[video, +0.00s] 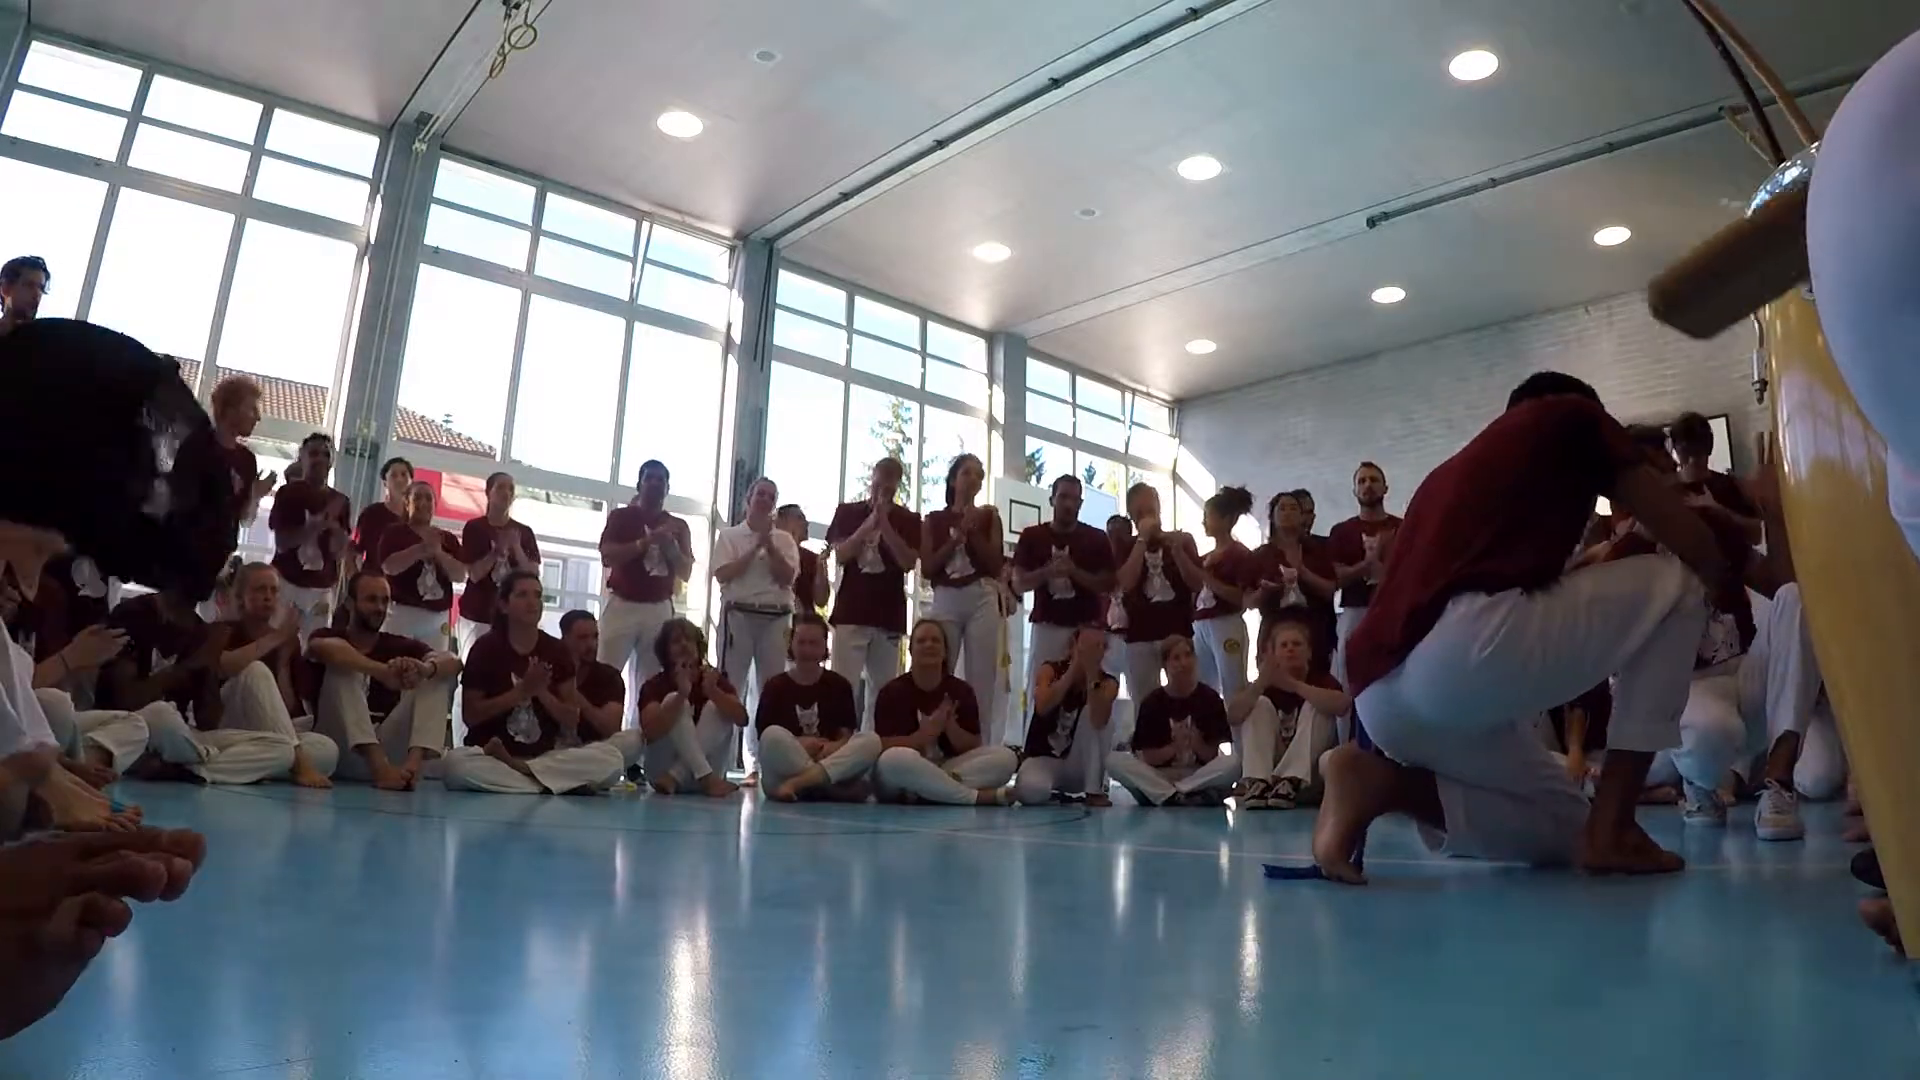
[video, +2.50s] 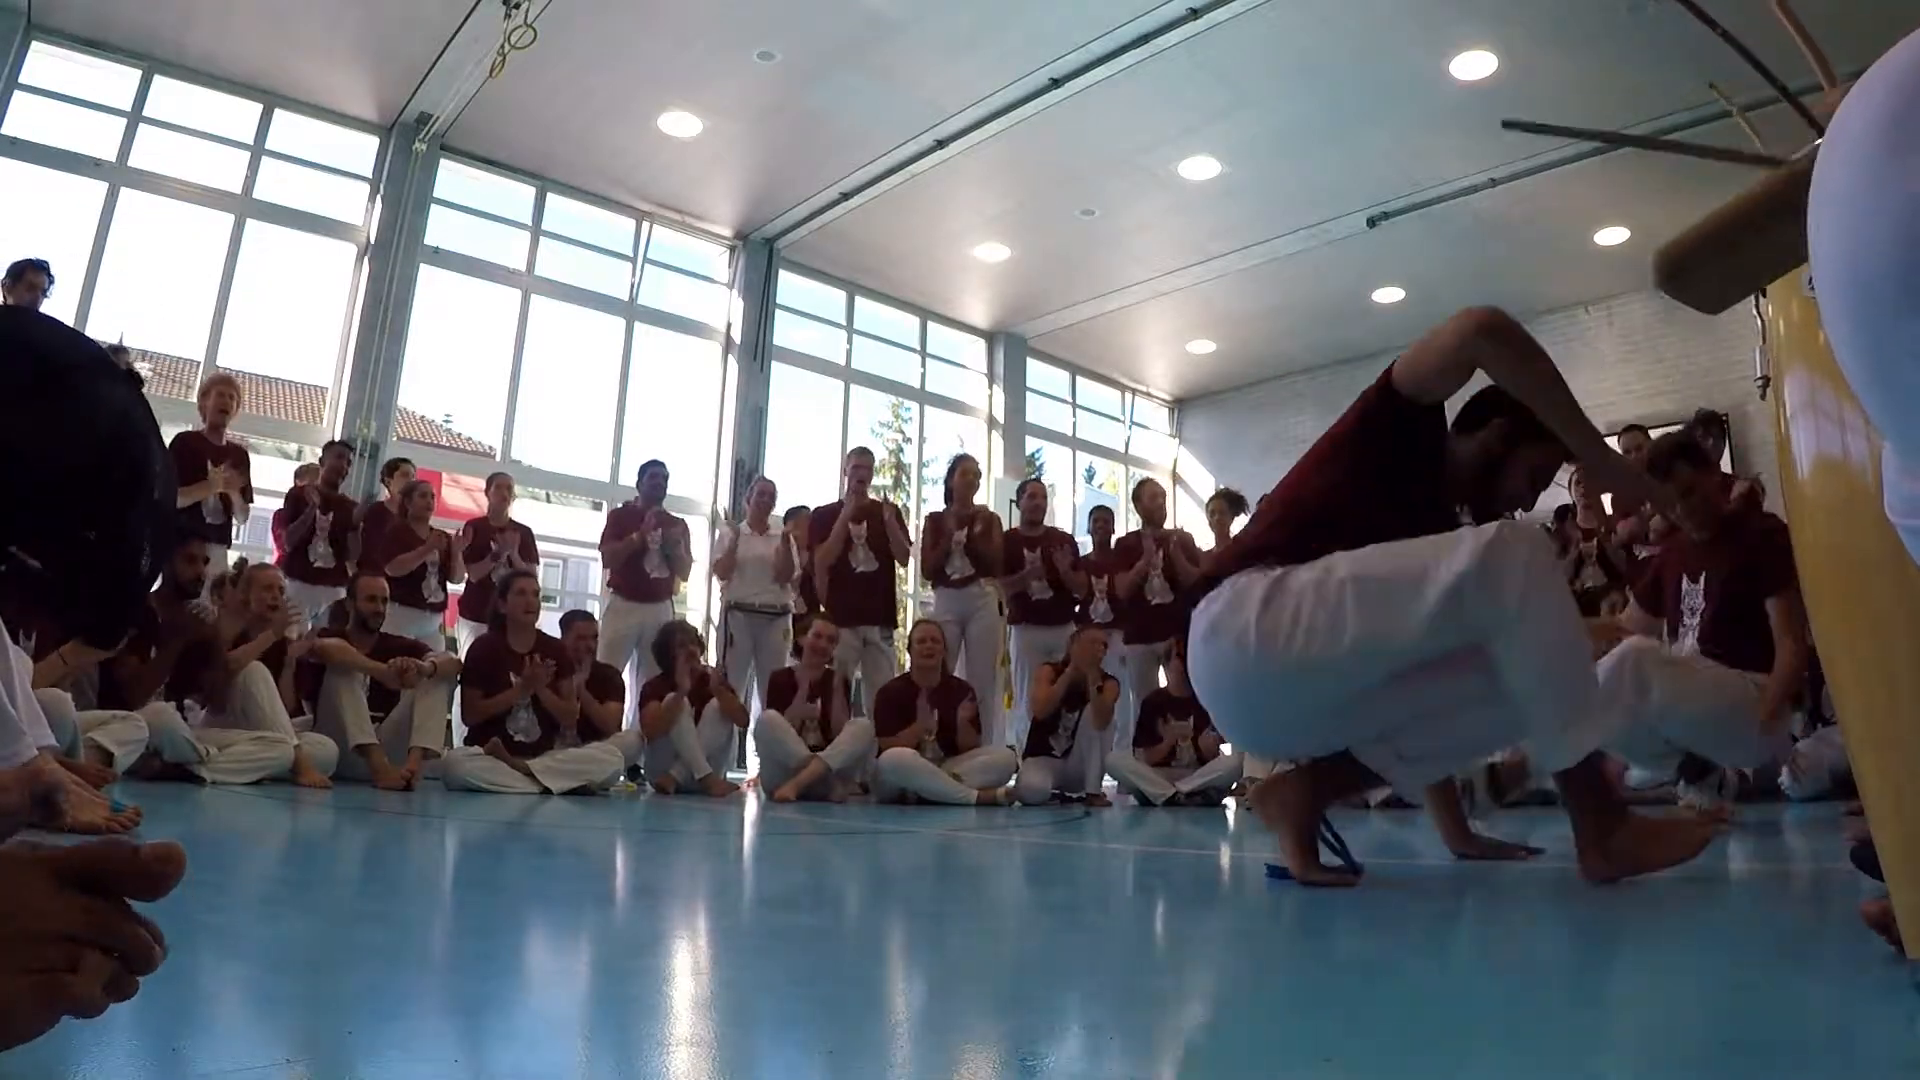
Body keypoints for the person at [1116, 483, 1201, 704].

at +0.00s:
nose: (1146, 518)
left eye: (1151, 511)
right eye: (1139, 513)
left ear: (1159, 509)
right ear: (1131, 515)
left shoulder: (1182, 540)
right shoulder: (1126, 547)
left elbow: (1197, 584)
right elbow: (1126, 583)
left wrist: (1177, 551)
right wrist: (1142, 541)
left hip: (1178, 634)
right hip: (1140, 637)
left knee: (1184, 704)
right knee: (1145, 709)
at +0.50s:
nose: (1150, 515)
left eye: (1154, 508)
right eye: (1142, 509)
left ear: (1161, 507)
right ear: (1131, 512)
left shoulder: (1183, 540)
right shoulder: (1124, 546)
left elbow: (1197, 582)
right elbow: (1125, 583)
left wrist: (1179, 549)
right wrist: (1142, 540)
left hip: (1179, 631)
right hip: (1141, 633)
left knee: (1185, 694)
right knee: (1145, 700)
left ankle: (1189, 753)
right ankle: (1145, 758)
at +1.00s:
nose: (1165, 501)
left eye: (1168, 496)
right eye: (1156, 497)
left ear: (1174, 501)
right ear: (1144, 507)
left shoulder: (1193, 538)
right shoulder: (1136, 543)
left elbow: (1206, 581)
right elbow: (1132, 588)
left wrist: (1181, 551)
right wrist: (1160, 566)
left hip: (1190, 632)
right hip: (1151, 635)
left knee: (1193, 703)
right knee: (1154, 706)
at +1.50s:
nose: (1176, 496)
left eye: (1178, 492)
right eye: (1168, 492)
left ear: (1184, 498)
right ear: (1155, 503)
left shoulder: (1204, 537)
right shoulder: (1144, 540)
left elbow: (1211, 580)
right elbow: (1138, 587)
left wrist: (1185, 545)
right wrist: (1166, 564)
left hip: (1197, 633)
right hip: (1155, 635)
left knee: (1202, 704)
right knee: (1157, 707)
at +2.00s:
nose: (1168, 500)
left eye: (1170, 494)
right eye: (1160, 495)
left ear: (1175, 498)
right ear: (1146, 504)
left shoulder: (1192, 538)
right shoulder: (1135, 542)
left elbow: (1202, 581)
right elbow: (1128, 590)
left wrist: (1175, 553)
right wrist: (1158, 564)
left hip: (1187, 633)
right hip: (1148, 636)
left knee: (1191, 705)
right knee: (1143, 709)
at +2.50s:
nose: (1161, 504)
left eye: (1163, 498)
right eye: (1153, 498)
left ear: (1167, 502)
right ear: (1138, 505)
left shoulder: (1183, 540)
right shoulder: (1126, 544)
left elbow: (1194, 582)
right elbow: (1122, 591)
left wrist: (1176, 554)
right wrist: (1145, 562)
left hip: (1179, 634)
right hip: (1140, 637)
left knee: (1183, 702)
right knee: (1143, 704)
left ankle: (1187, 761)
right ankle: (1141, 762)